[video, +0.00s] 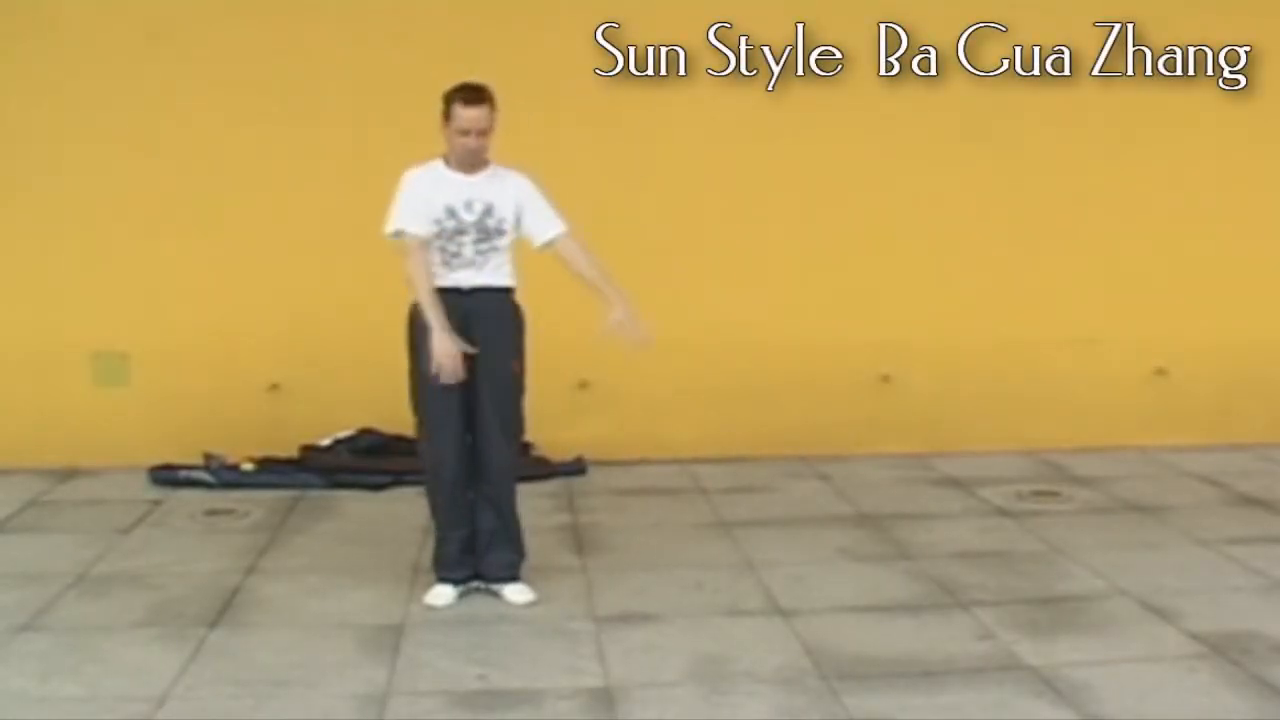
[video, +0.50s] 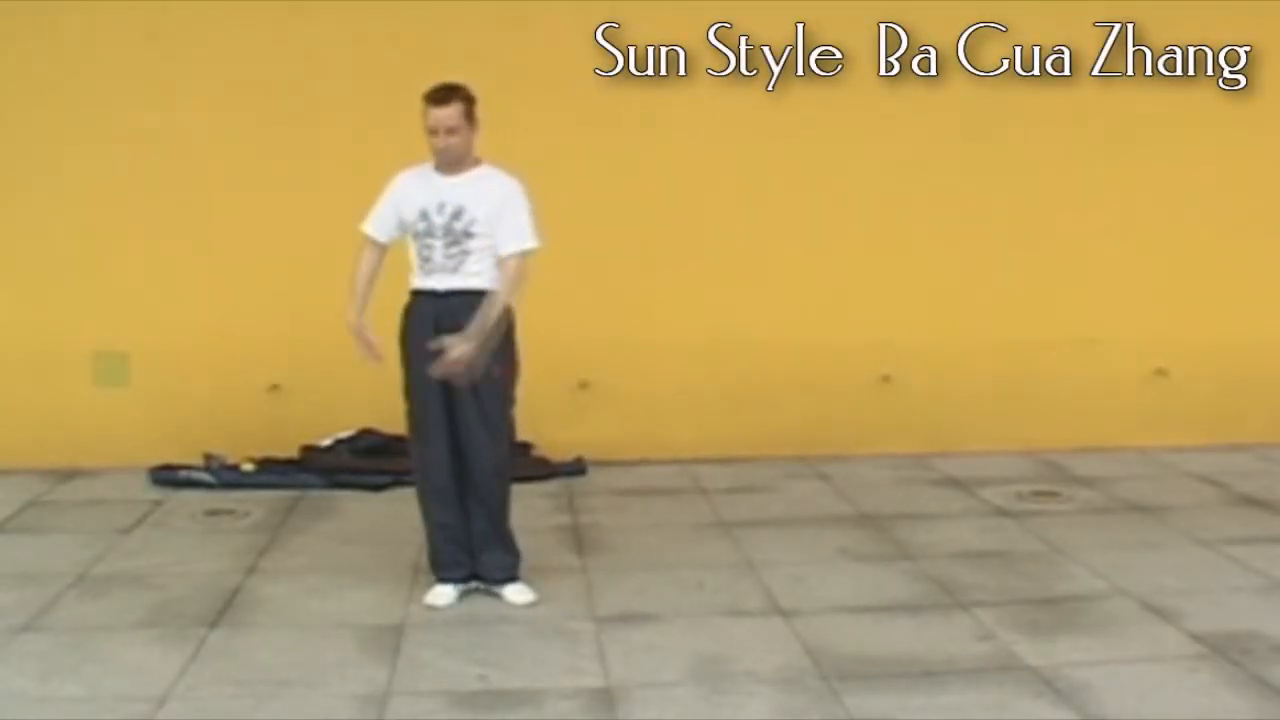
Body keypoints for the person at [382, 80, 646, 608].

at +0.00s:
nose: (475, 142)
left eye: (483, 132)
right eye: (465, 132)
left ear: (493, 131)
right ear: (445, 131)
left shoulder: (513, 186)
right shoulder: (420, 183)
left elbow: (564, 244)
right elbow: (416, 261)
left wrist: (615, 299)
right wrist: (439, 331)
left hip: (495, 314)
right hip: (437, 314)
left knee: (498, 445)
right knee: (445, 448)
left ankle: (501, 568)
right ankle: (452, 570)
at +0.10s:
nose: (469, 142)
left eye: (478, 132)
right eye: (459, 132)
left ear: (492, 130)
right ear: (441, 130)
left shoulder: (513, 187)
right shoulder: (416, 185)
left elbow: (556, 254)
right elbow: (402, 263)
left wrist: (587, 322)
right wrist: (415, 334)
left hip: (495, 316)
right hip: (435, 315)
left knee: (498, 444)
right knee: (442, 447)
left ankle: (502, 568)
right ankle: (452, 570)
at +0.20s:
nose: (463, 142)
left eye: (472, 132)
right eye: (454, 132)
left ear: (488, 131)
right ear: (439, 132)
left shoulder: (512, 186)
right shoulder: (414, 184)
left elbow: (546, 259)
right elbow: (389, 257)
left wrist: (562, 333)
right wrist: (395, 334)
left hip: (492, 314)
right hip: (433, 315)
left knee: (496, 446)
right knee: (441, 448)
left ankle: (501, 568)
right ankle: (452, 570)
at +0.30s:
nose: (455, 141)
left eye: (464, 131)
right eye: (446, 132)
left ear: (483, 130)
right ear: (435, 133)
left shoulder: (509, 186)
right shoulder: (412, 184)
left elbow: (540, 266)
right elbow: (379, 251)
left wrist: (535, 343)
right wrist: (380, 332)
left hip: (489, 311)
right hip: (433, 314)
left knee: (493, 447)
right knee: (439, 448)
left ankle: (500, 568)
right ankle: (451, 570)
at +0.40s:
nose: (447, 142)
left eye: (456, 132)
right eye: (439, 133)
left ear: (479, 130)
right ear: (430, 133)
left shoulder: (506, 187)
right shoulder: (410, 185)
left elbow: (526, 267)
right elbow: (374, 247)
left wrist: (512, 343)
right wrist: (367, 326)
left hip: (486, 311)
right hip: (430, 314)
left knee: (490, 446)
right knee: (436, 447)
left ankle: (499, 568)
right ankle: (450, 571)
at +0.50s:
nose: (442, 140)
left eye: (451, 130)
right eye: (434, 131)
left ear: (473, 130)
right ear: (425, 132)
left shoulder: (501, 188)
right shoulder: (408, 185)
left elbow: (514, 270)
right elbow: (373, 245)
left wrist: (476, 337)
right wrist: (357, 313)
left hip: (484, 310)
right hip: (426, 310)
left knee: (486, 446)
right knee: (432, 448)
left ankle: (499, 567)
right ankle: (450, 570)